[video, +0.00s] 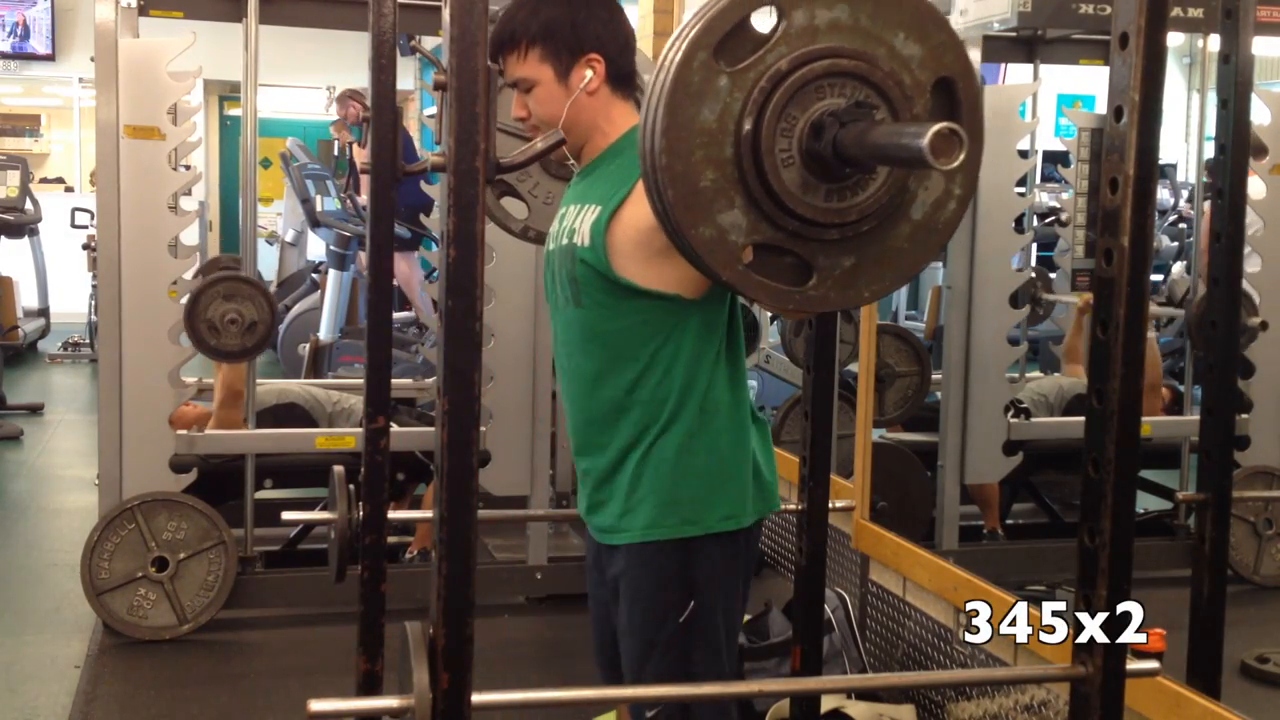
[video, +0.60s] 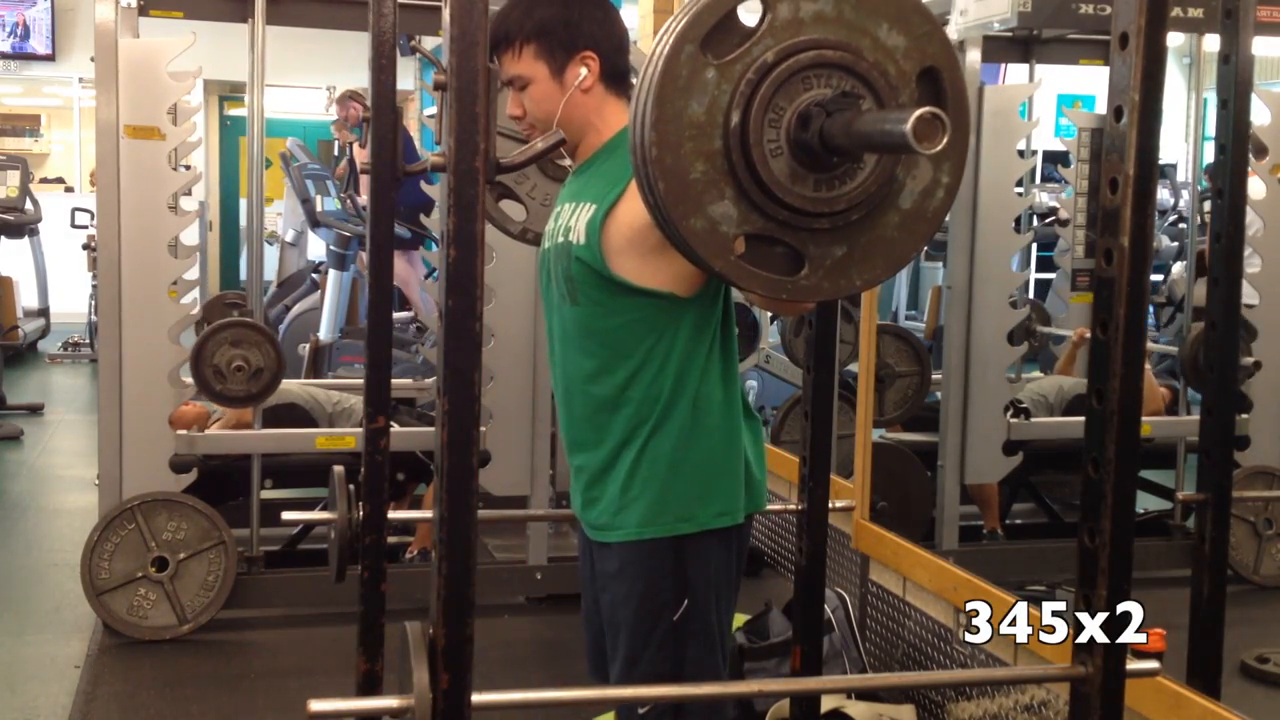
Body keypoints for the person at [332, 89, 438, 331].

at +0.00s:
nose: (345, 120)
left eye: (344, 114)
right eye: (342, 117)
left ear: (355, 106)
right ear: (355, 107)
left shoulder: (377, 126)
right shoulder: (372, 126)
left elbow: (366, 165)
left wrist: (364, 198)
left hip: (403, 201)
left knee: (401, 263)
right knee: (406, 259)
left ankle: (430, 323)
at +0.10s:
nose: (344, 120)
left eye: (343, 115)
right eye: (341, 116)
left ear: (354, 105)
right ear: (354, 107)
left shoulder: (380, 126)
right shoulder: (365, 128)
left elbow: (368, 165)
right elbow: (362, 166)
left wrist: (364, 199)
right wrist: (361, 197)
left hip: (403, 203)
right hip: (385, 202)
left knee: (404, 265)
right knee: (363, 261)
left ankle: (429, 321)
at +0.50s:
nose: (344, 122)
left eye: (344, 116)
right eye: (342, 118)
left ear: (355, 107)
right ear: (354, 108)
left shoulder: (381, 127)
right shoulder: (364, 131)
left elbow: (371, 167)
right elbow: (363, 169)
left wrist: (365, 200)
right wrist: (362, 199)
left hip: (402, 204)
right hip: (383, 204)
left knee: (404, 262)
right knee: (365, 260)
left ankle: (431, 325)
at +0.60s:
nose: (344, 121)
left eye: (344, 116)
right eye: (342, 117)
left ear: (355, 107)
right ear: (355, 108)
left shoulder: (377, 127)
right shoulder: (367, 128)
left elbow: (369, 168)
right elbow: (363, 168)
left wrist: (365, 200)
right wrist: (362, 198)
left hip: (400, 201)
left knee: (391, 256)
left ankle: (422, 312)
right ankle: (428, 316)